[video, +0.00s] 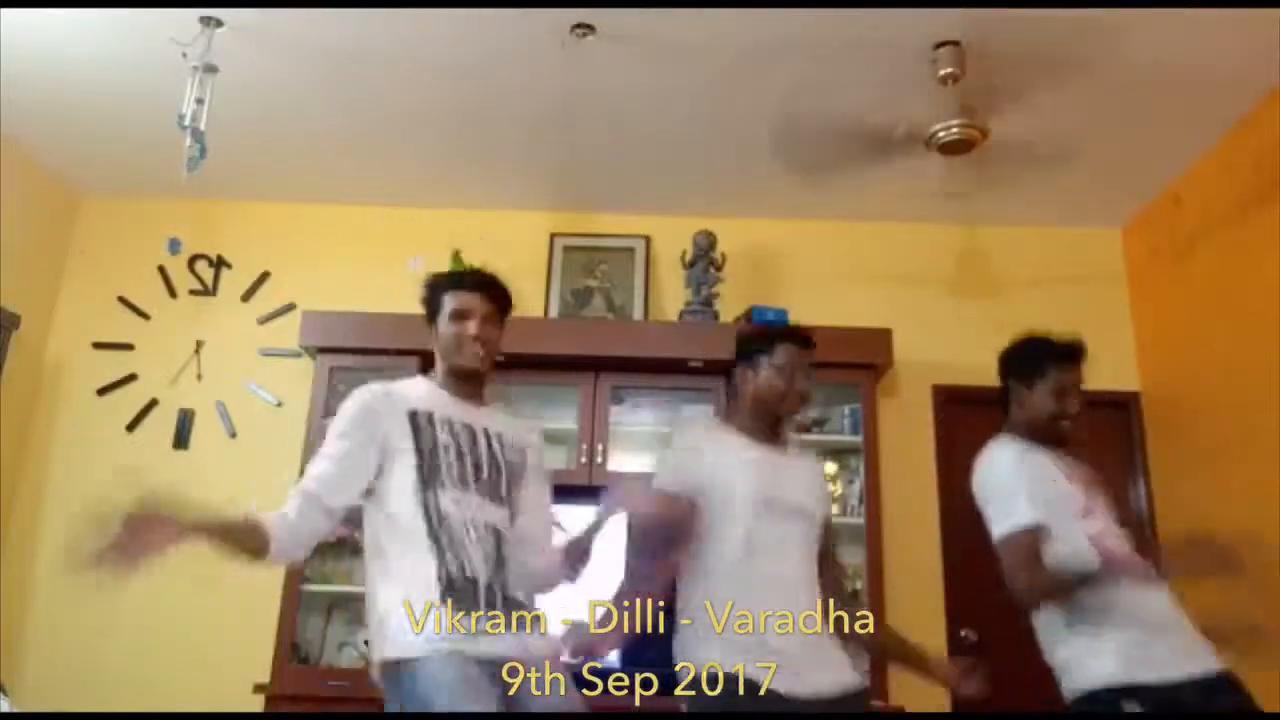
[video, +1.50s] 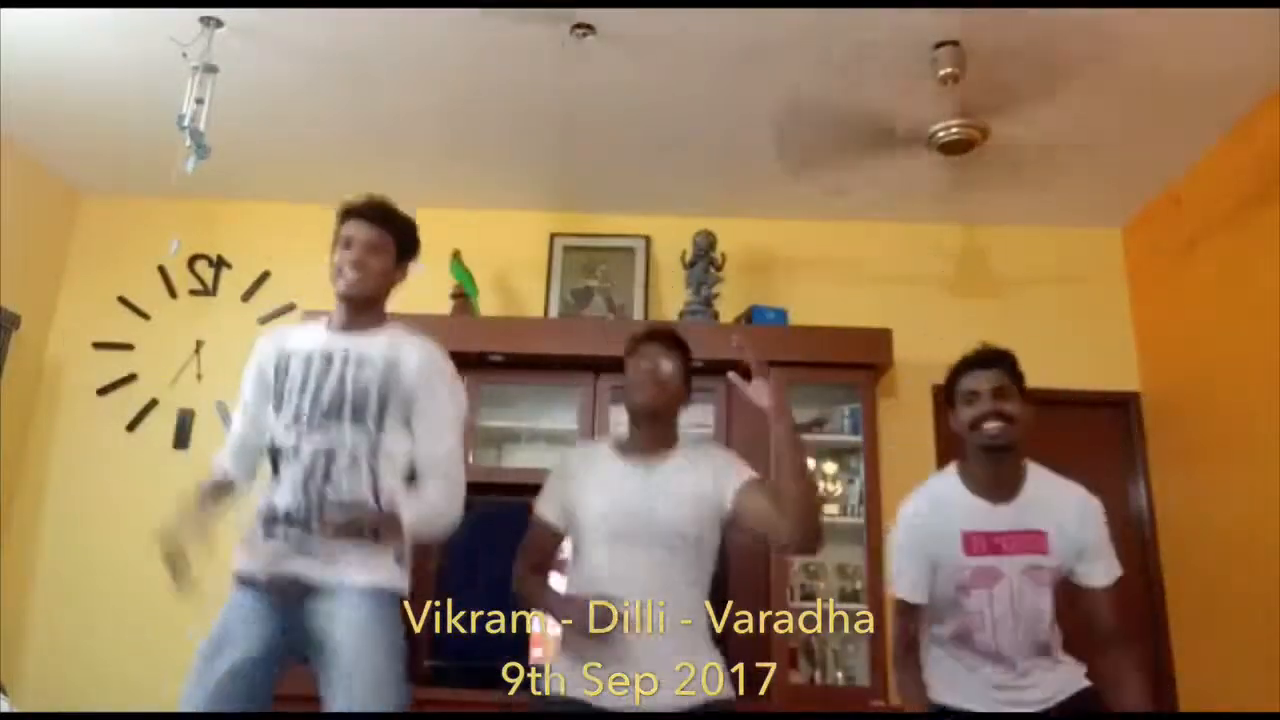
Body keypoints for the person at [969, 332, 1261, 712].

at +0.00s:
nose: (1072, 408)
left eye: (1075, 394)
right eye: (1059, 394)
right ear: (1019, 392)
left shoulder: (1063, 461)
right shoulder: (1003, 461)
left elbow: (1109, 553)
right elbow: (1026, 583)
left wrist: (1191, 560)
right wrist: (1097, 567)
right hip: (1118, 678)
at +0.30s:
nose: (1053, 372)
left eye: (1064, 355)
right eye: (1034, 362)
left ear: (1087, 354)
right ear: (1018, 372)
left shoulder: (1148, 428)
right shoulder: (990, 450)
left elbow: (1204, 536)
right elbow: (978, 582)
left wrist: (1265, 585)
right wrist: (1017, 664)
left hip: (1153, 666)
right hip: (1051, 676)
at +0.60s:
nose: (1009, 362)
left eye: (1022, 347)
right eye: (1003, 352)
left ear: (1067, 346)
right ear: (997, 355)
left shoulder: (1122, 432)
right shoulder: (981, 427)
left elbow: (1140, 569)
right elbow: (936, 534)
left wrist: (1032, 507)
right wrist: (878, 512)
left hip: (1088, 669)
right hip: (987, 662)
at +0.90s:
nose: (962, 416)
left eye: (974, 401)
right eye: (956, 406)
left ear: (1019, 401)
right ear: (950, 412)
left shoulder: (1054, 489)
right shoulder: (953, 489)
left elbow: (999, 626)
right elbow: (931, 592)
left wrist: (898, 670)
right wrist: (873, 660)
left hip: (978, 696)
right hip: (911, 686)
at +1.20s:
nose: (933, 330)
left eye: (948, 314)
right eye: (925, 319)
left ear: (989, 319)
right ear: (920, 326)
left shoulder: (1046, 401)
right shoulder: (905, 405)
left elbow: (1067, 541)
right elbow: (866, 508)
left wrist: (993, 483)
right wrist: (814, 464)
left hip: (1031, 637)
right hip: (932, 633)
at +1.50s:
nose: (989, 407)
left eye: (1003, 395)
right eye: (972, 399)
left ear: (1027, 410)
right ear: (953, 419)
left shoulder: (1075, 507)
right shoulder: (923, 512)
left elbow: (1108, 639)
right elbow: (904, 647)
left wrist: (1134, 704)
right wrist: (917, 707)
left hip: (1053, 685)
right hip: (958, 690)